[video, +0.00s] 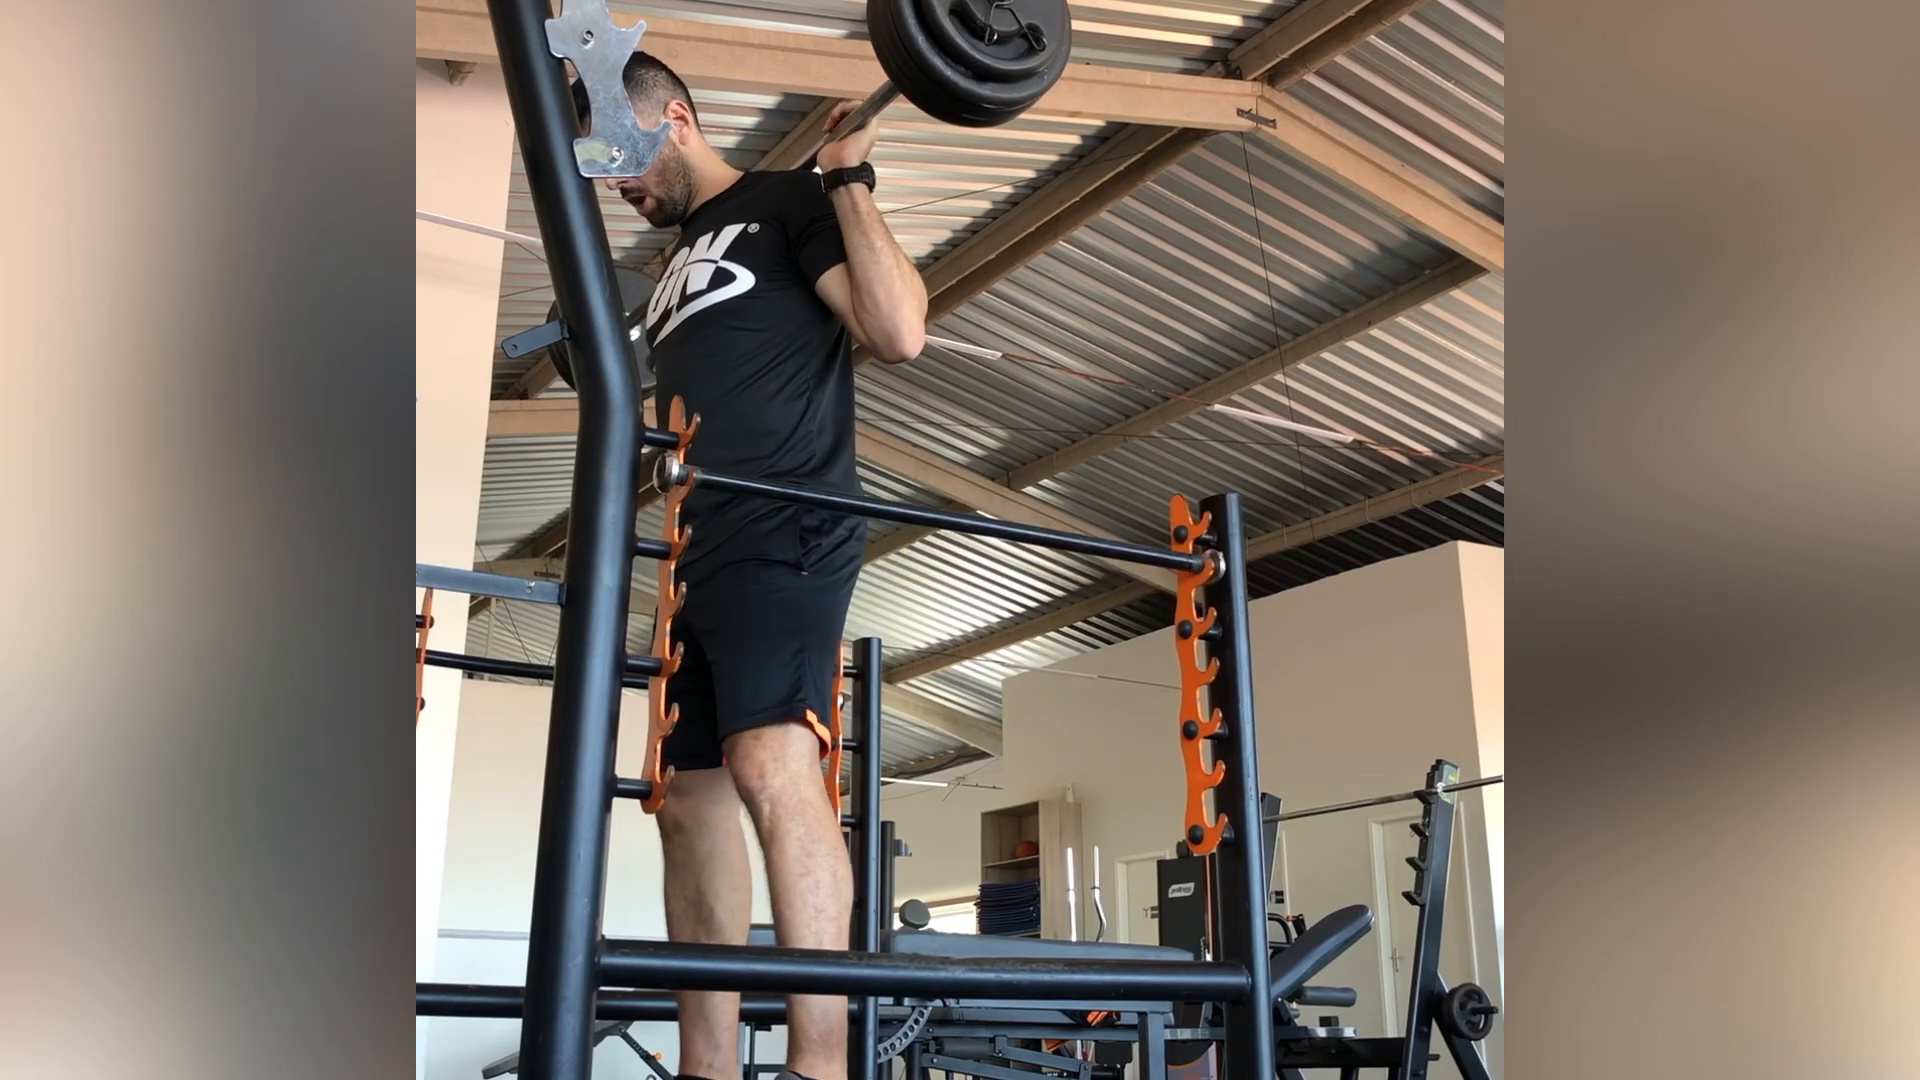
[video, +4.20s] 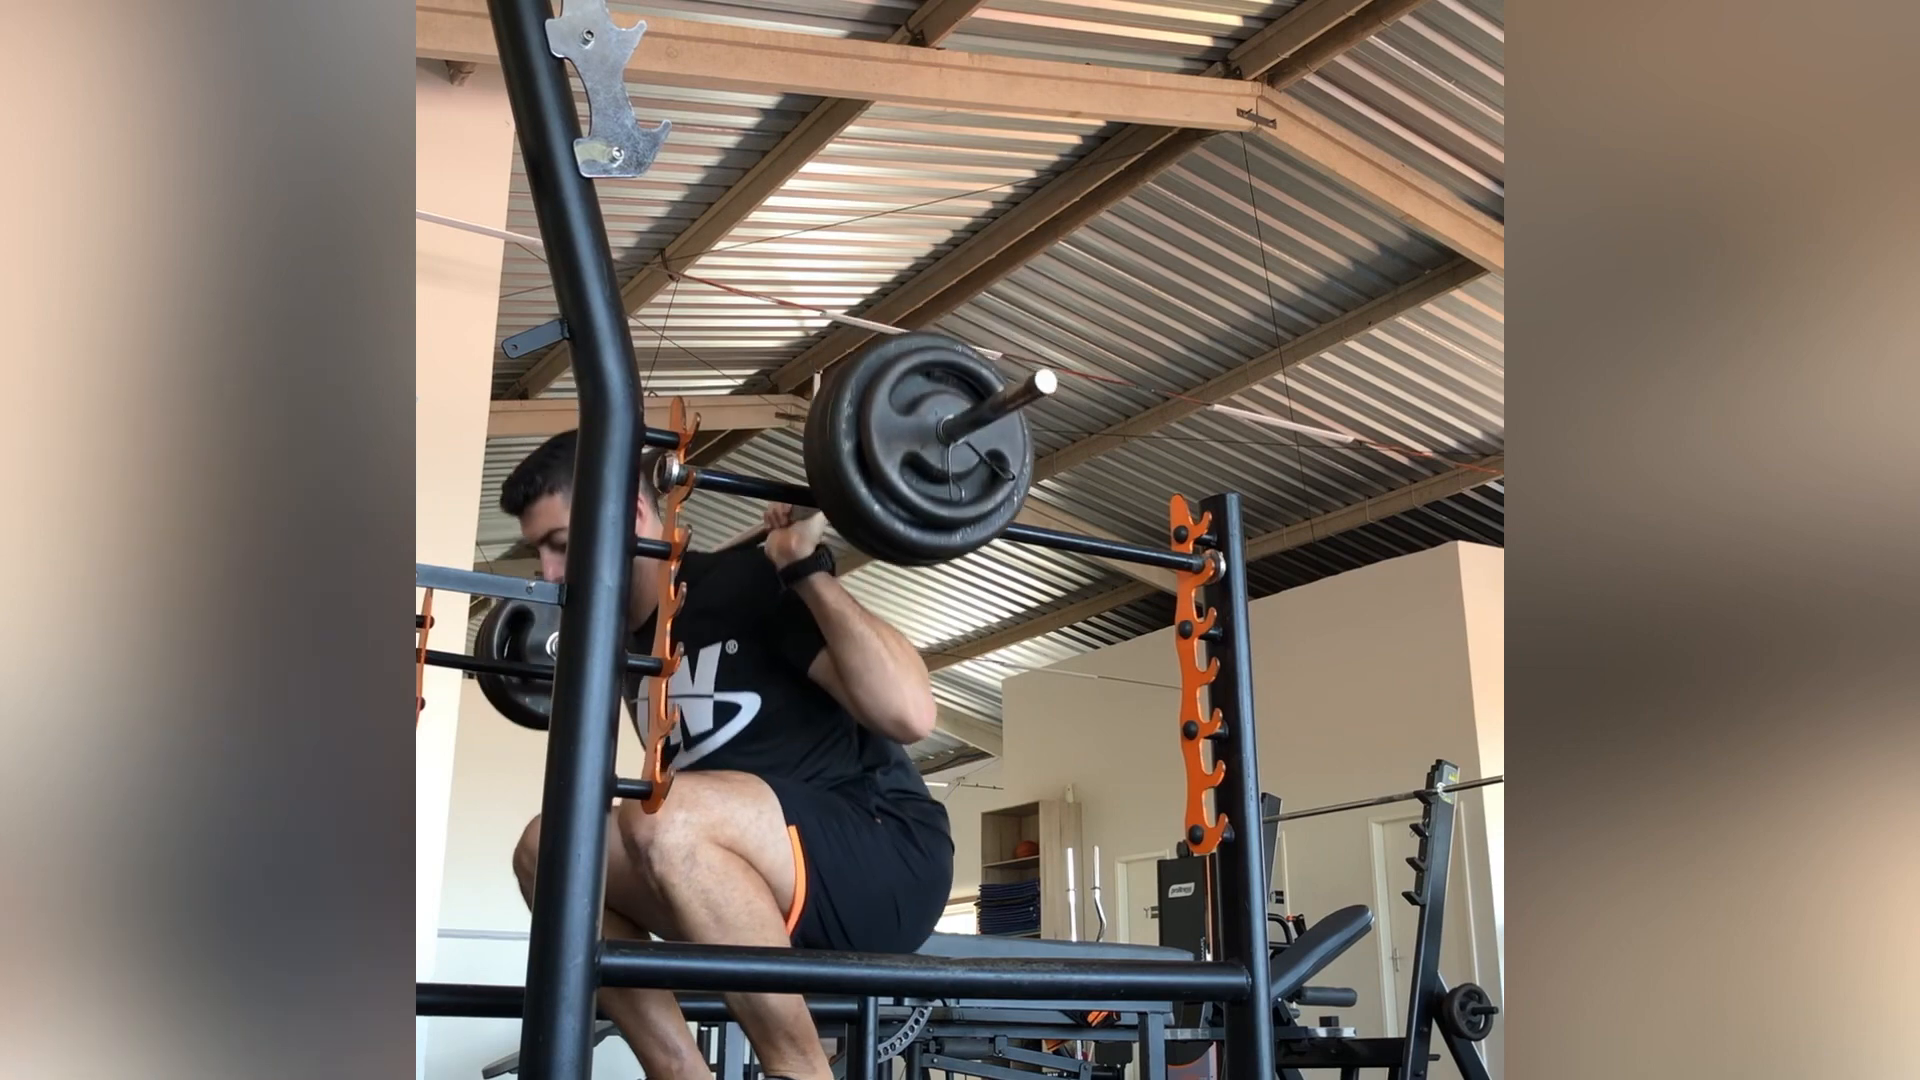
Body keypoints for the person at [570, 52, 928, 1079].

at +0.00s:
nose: (622, 185)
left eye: (629, 156)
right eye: (608, 169)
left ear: (681, 118)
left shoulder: (789, 200)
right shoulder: (675, 263)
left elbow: (900, 334)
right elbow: (691, 420)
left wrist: (851, 181)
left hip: (787, 520)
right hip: (708, 536)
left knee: (771, 758)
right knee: (690, 792)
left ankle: (821, 1063)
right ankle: (708, 1065)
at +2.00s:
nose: (622, 186)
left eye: (630, 156)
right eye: (609, 170)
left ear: (684, 120)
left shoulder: (797, 197)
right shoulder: (688, 267)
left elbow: (925, 322)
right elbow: (720, 405)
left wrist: (867, 175)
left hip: (823, 517)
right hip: (734, 536)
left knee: (778, 755)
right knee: (692, 787)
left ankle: (826, 1065)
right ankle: (702, 1067)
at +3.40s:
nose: (590, 309)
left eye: (600, 283)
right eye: (582, 288)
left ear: (661, 267)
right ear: (642, 277)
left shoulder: (781, 341)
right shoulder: (661, 406)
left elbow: (914, 472)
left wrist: (837, 318)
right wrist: (621, 433)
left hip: (868, 634)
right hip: (763, 659)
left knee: (702, 789)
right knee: (587, 812)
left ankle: (816, 1068)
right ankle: (686, 1072)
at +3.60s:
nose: (570, 406)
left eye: (578, 376)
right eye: (557, 387)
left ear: (649, 350)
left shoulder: (766, 415)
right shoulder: (646, 487)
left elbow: (911, 550)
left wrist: (827, 407)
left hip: (882, 700)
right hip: (772, 721)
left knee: (690, 793)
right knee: (568, 833)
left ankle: (816, 1070)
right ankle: (685, 1074)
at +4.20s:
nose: (548, 573)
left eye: (560, 542)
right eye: (537, 552)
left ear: (638, 514)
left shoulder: (749, 578)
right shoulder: (623, 643)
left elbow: (911, 714)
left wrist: (809, 570)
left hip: (886, 853)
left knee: (667, 818)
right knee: (547, 848)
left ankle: (802, 1071)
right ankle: (681, 1073)